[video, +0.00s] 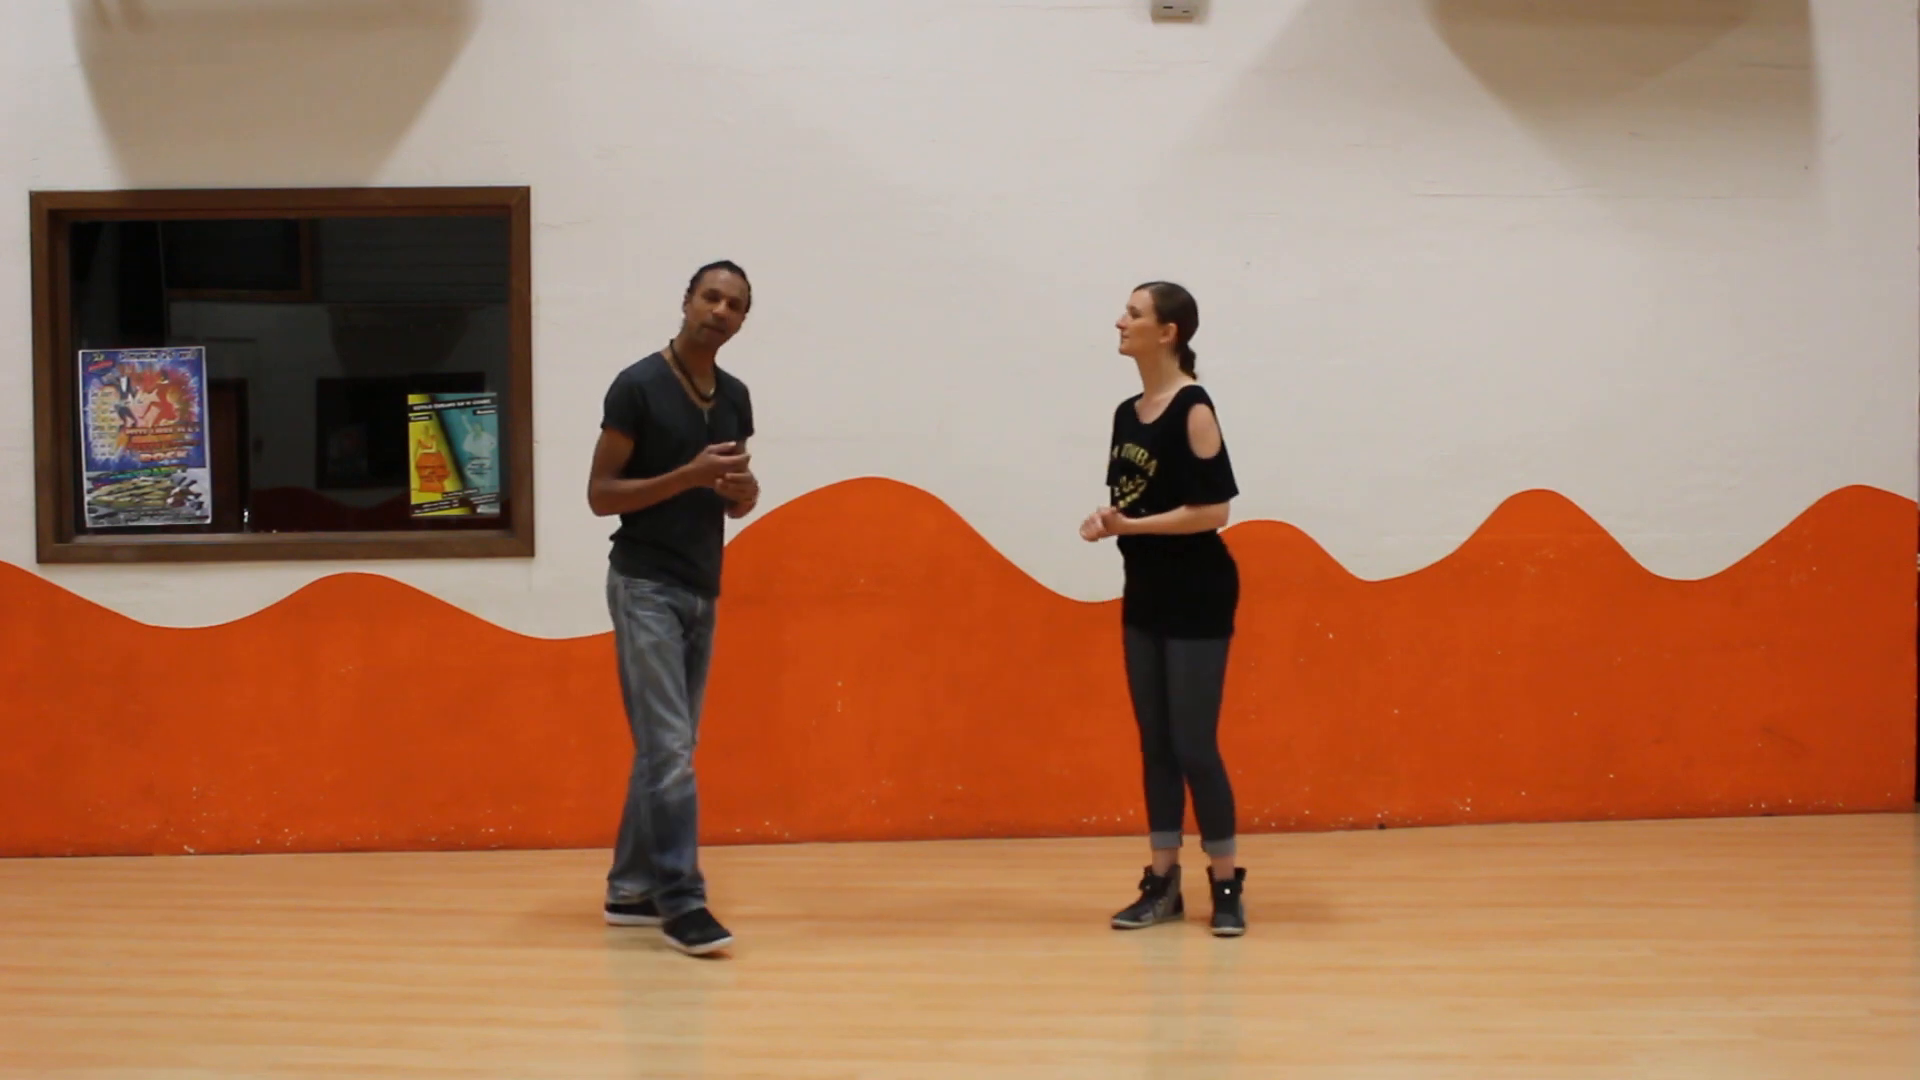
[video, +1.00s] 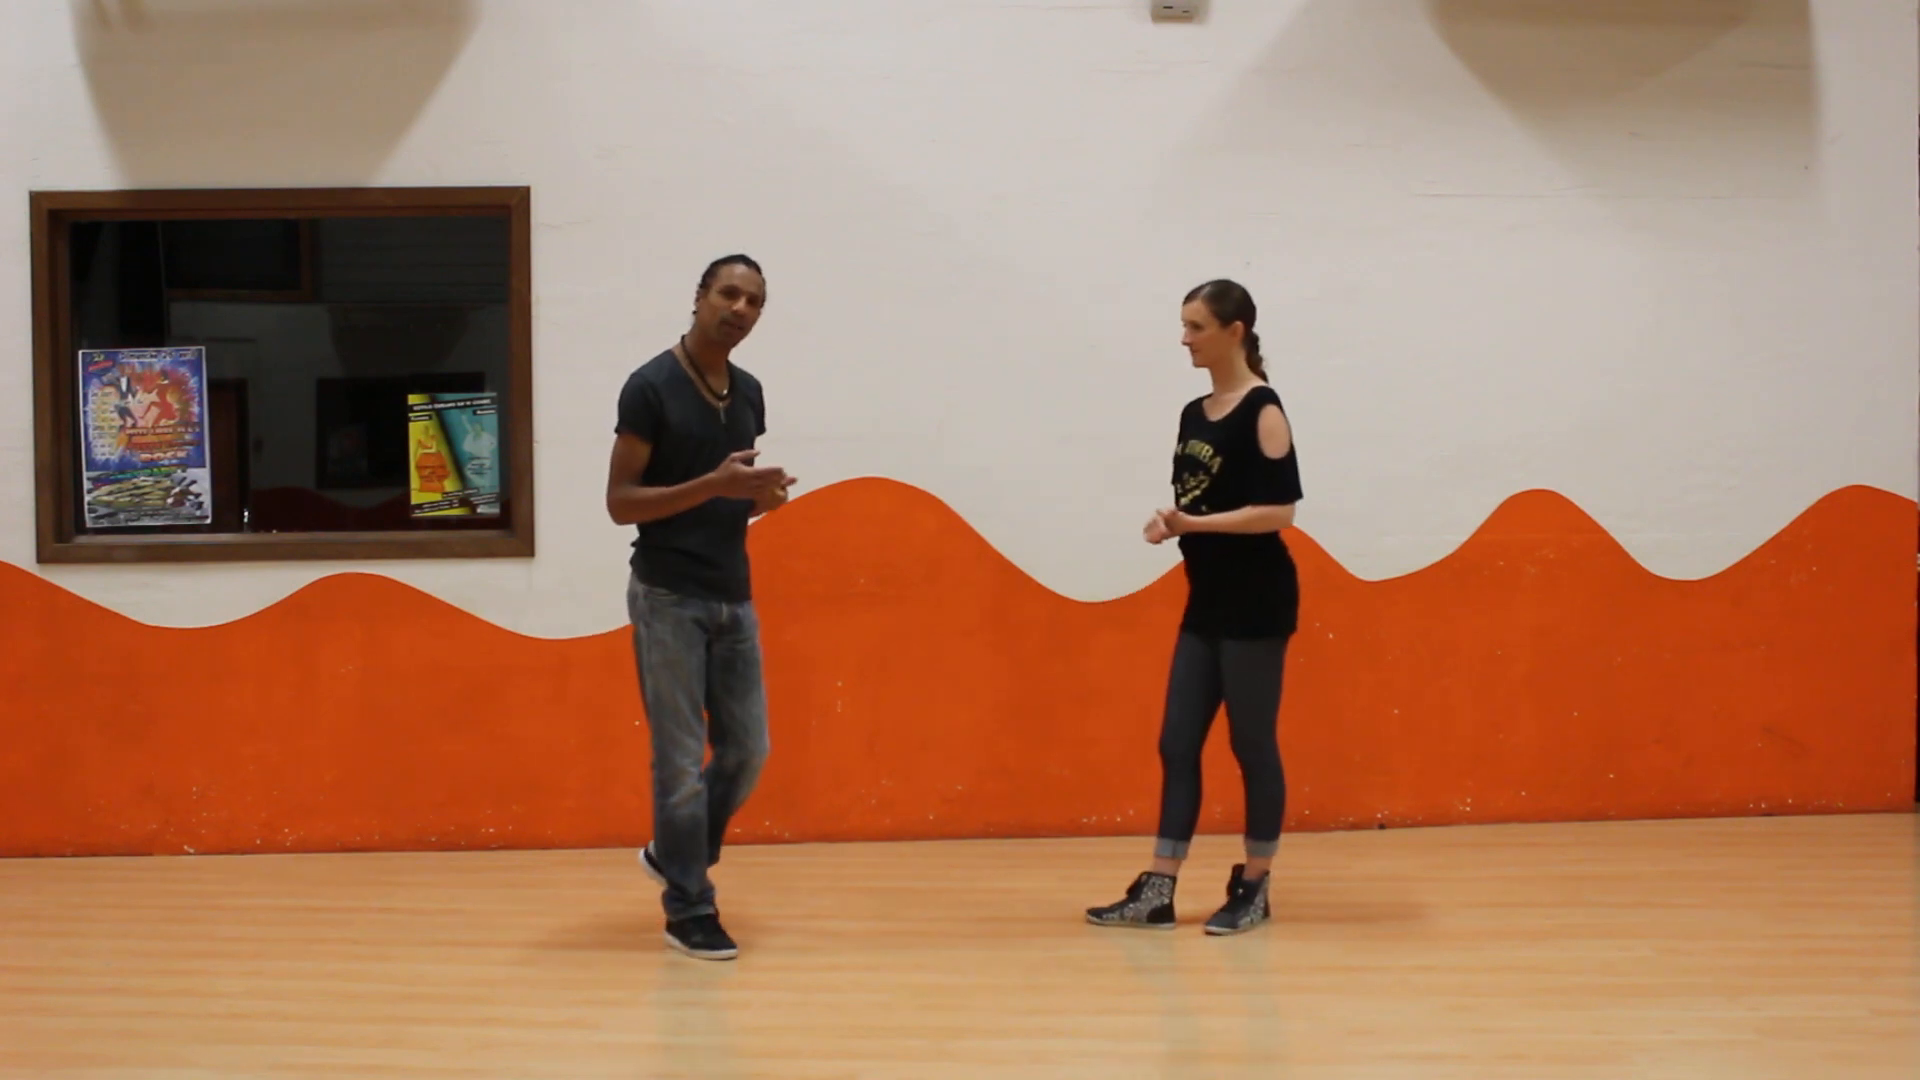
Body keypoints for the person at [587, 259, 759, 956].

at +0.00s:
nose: (722, 312)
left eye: (735, 306)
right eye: (713, 297)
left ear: (742, 322)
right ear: (685, 301)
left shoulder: (732, 397)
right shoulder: (638, 385)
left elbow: (741, 502)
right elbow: (600, 495)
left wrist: (737, 480)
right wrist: (690, 476)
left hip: (699, 589)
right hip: (644, 584)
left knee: (672, 744)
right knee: (669, 743)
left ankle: (631, 886)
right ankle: (684, 903)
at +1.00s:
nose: (741, 309)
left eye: (753, 302)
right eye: (730, 294)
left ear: (759, 318)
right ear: (699, 299)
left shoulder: (747, 395)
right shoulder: (650, 388)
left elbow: (723, 495)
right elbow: (620, 504)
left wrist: (760, 494)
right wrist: (712, 485)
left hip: (731, 597)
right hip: (667, 597)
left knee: (746, 749)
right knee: (682, 756)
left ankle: (675, 849)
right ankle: (691, 912)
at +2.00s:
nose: (748, 310)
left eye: (747, 299)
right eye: (735, 299)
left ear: (727, 312)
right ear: (692, 310)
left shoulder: (744, 391)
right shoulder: (643, 393)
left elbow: (766, 490)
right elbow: (616, 505)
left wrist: (749, 489)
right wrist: (703, 482)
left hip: (729, 594)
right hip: (671, 594)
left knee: (709, 746)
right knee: (691, 748)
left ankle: (671, 879)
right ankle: (691, 905)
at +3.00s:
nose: (738, 310)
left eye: (745, 301)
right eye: (725, 298)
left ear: (750, 315)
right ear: (690, 306)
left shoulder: (754, 399)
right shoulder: (650, 387)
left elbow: (763, 499)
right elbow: (611, 491)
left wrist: (756, 487)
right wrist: (700, 472)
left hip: (725, 589)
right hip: (666, 586)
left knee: (709, 742)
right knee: (682, 739)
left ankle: (683, 882)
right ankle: (673, 894)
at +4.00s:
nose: (709, 320)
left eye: (722, 308)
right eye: (697, 307)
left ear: (736, 312)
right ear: (674, 308)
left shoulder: (755, 383)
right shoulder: (643, 392)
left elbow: (769, 481)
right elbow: (615, 507)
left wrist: (769, 478)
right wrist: (696, 475)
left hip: (738, 590)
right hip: (676, 591)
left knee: (723, 752)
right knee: (690, 751)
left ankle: (682, 874)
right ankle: (696, 899)